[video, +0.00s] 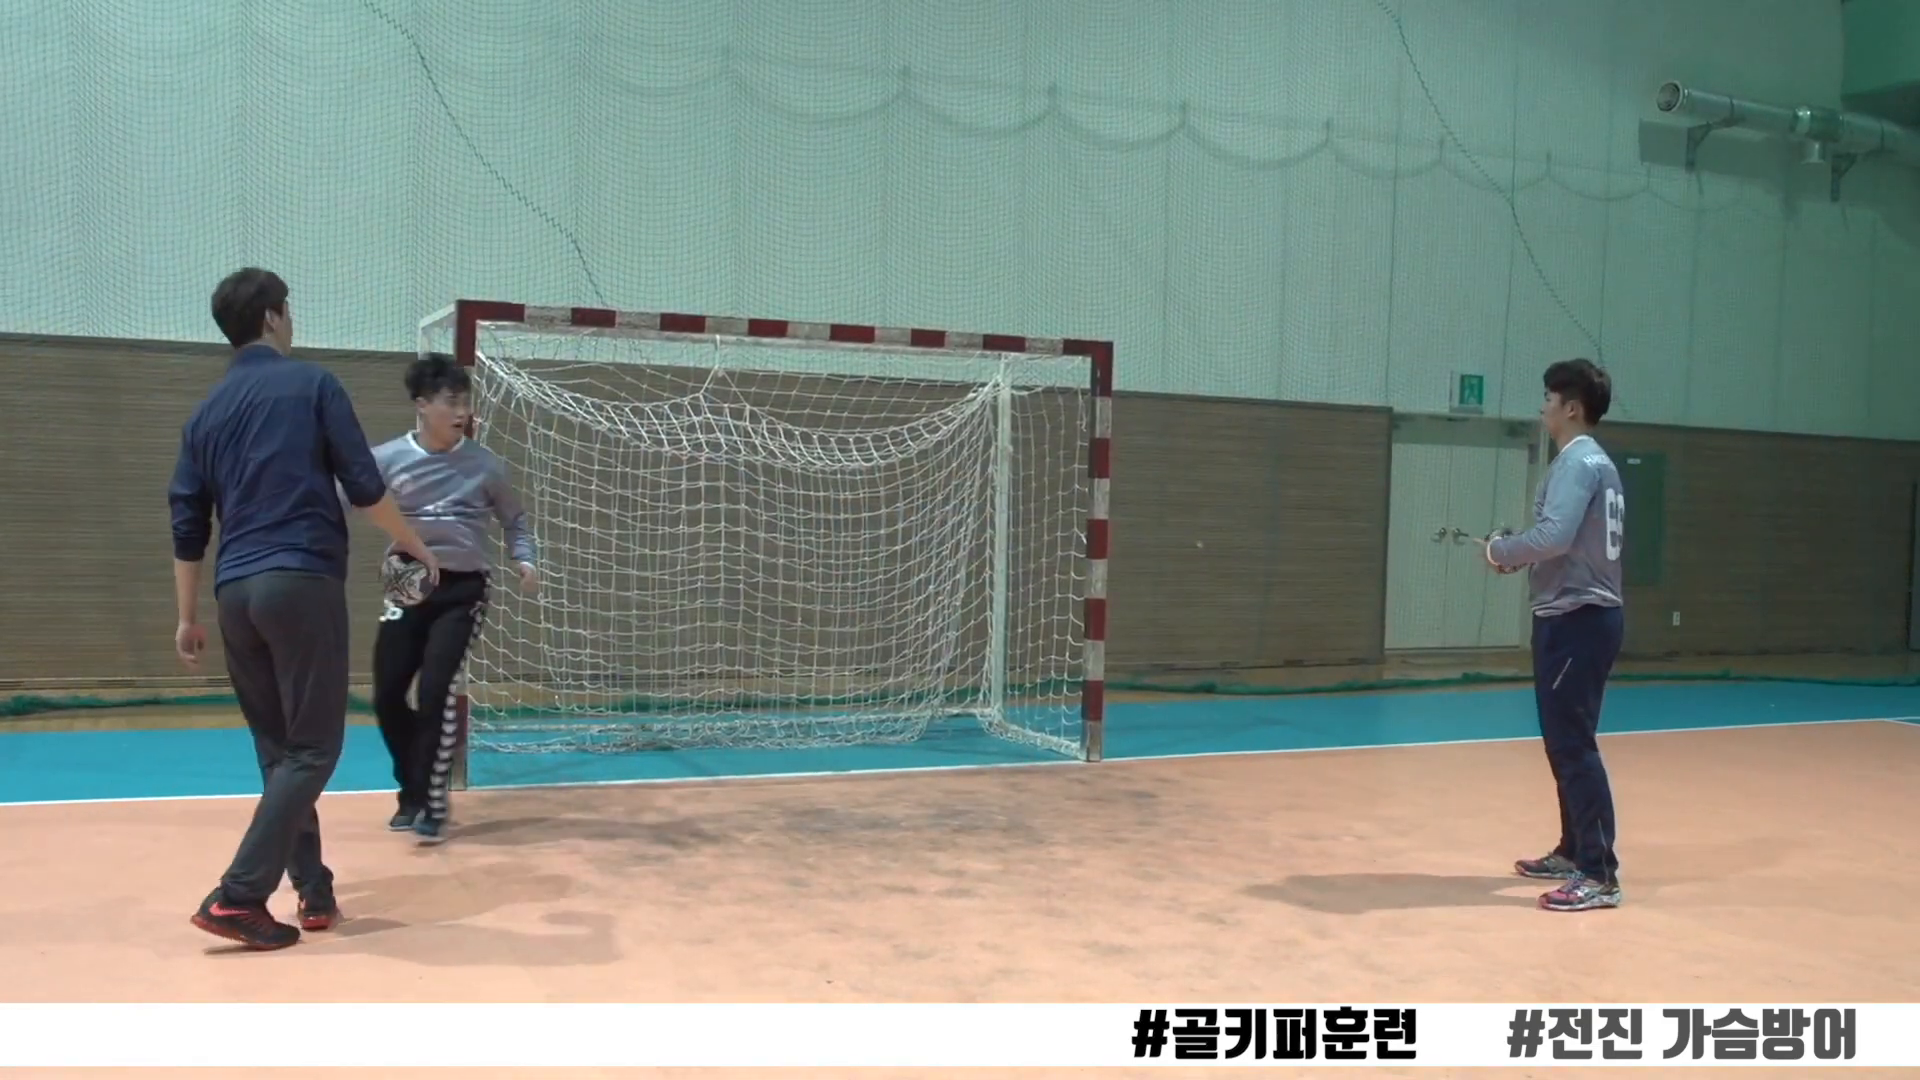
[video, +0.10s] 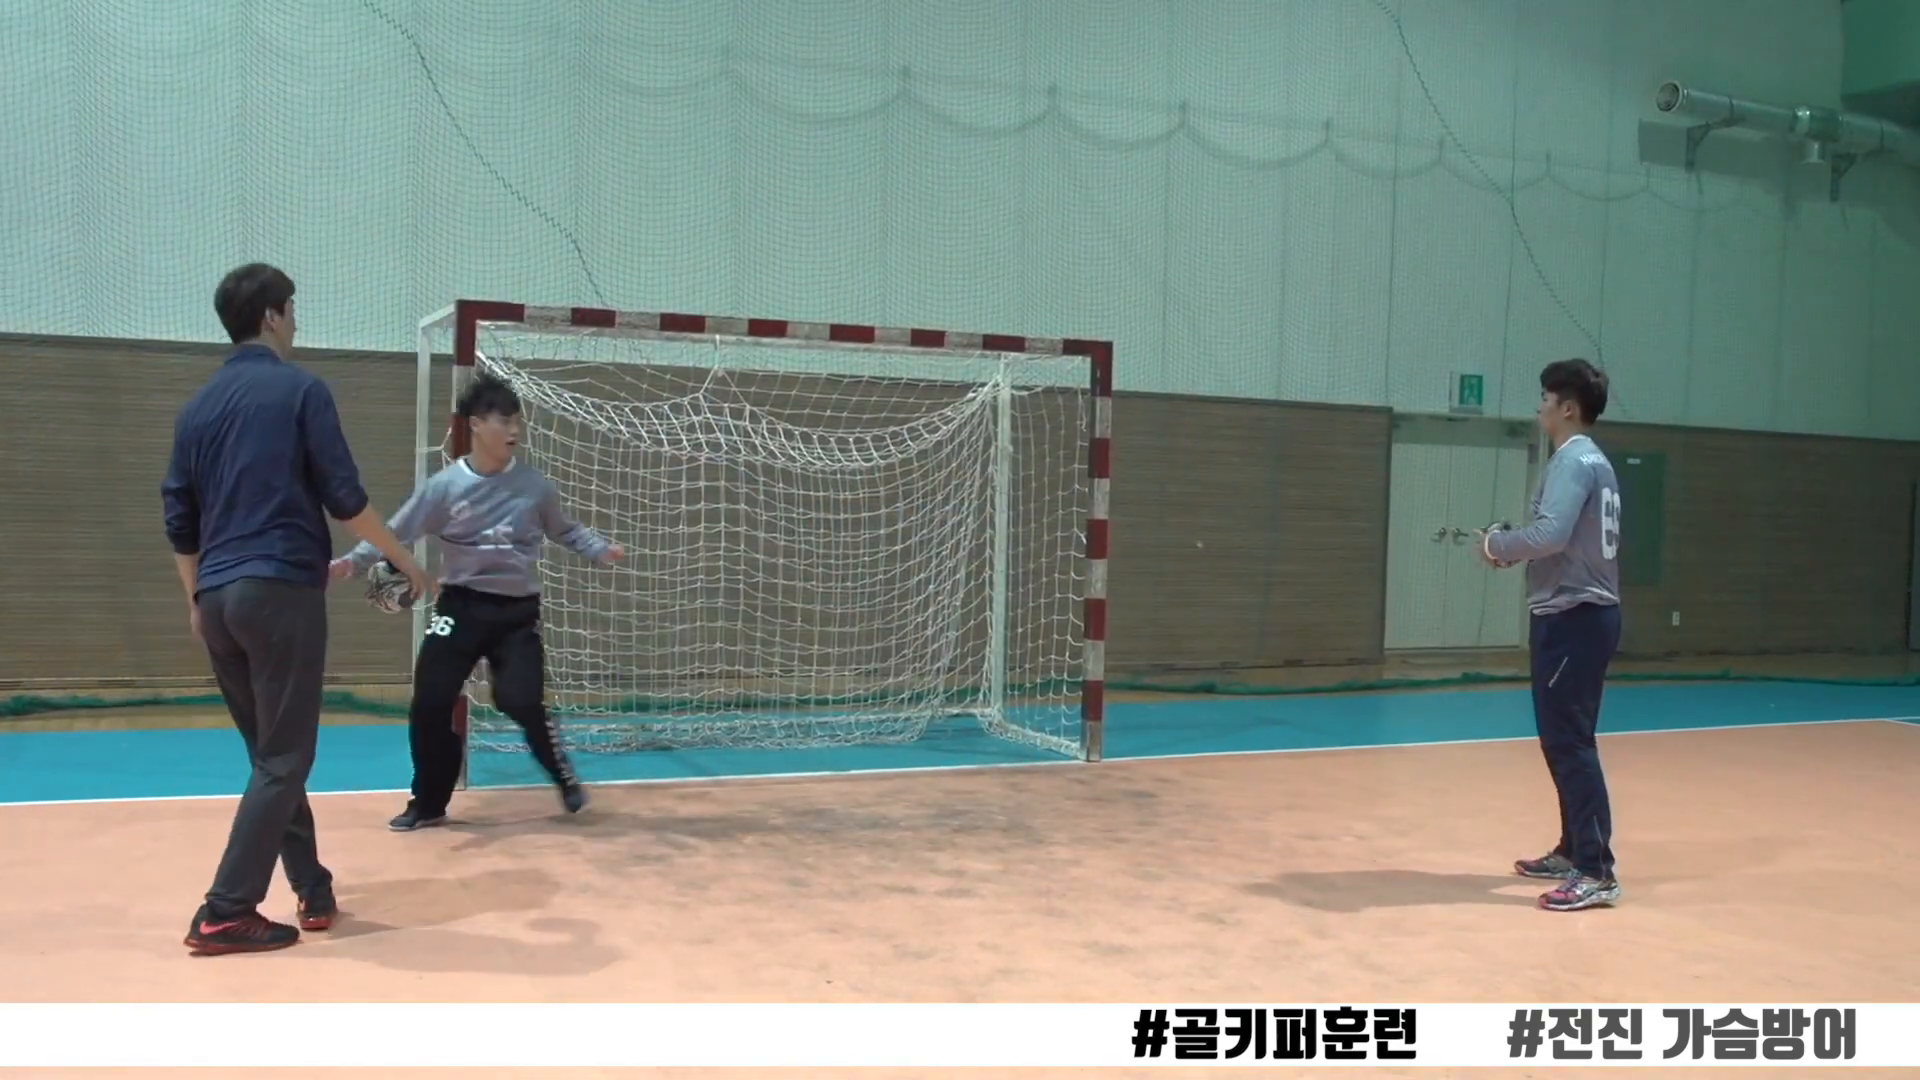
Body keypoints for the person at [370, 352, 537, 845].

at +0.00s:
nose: (462, 410)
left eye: (465, 400)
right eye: (451, 401)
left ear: (470, 404)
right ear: (420, 406)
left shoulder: (485, 467)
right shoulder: (386, 460)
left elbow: (516, 521)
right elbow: (338, 497)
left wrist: (525, 559)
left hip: (462, 590)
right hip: (407, 590)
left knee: (433, 692)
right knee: (387, 696)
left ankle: (432, 804)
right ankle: (412, 793)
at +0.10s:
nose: (515, 429)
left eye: (517, 420)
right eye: (503, 420)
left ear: (519, 426)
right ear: (473, 425)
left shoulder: (534, 485)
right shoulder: (443, 487)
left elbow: (566, 531)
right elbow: (394, 535)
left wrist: (601, 550)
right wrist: (351, 561)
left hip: (517, 612)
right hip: (461, 608)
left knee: (520, 699)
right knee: (429, 701)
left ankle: (565, 779)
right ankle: (429, 802)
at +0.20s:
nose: (578, 426)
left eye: (579, 417)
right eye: (567, 418)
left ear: (581, 422)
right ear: (539, 424)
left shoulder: (603, 482)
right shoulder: (510, 487)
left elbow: (636, 509)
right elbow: (467, 532)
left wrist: (674, 503)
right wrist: (418, 543)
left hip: (580, 617)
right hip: (521, 614)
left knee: (609, 709)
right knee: (465, 703)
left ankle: (639, 777)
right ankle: (428, 799)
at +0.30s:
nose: (646, 423)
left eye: (647, 413)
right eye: (635, 415)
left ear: (649, 416)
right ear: (609, 420)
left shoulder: (666, 469)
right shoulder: (582, 478)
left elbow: (696, 488)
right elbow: (528, 513)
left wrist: (720, 491)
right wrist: (484, 537)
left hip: (650, 601)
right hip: (595, 600)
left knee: (658, 695)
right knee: (555, 688)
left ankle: (642, 776)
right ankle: (528, 783)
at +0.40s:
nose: (716, 422)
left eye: (718, 413)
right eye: (706, 414)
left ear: (718, 417)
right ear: (680, 418)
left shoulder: (725, 471)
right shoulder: (645, 476)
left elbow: (747, 506)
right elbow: (591, 523)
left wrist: (775, 529)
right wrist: (554, 569)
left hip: (710, 591)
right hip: (658, 592)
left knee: (731, 676)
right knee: (646, 673)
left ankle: (694, 750)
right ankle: (651, 749)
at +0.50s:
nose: (781, 447)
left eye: (782, 438)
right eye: (772, 438)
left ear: (784, 441)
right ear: (745, 442)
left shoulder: (782, 493)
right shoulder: (706, 496)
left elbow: (791, 543)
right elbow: (657, 545)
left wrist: (822, 576)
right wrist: (637, 597)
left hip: (766, 607)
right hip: (711, 612)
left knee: (808, 680)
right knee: (710, 701)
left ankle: (811, 749)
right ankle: (706, 759)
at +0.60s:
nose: (844, 469)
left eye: (845, 460)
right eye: (837, 460)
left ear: (843, 464)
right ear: (810, 464)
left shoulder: (840, 511)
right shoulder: (778, 515)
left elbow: (841, 552)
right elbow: (732, 569)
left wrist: (873, 581)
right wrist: (744, 611)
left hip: (825, 631)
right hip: (772, 634)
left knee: (884, 684)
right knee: (736, 706)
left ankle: (931, 751)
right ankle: (704, 766)